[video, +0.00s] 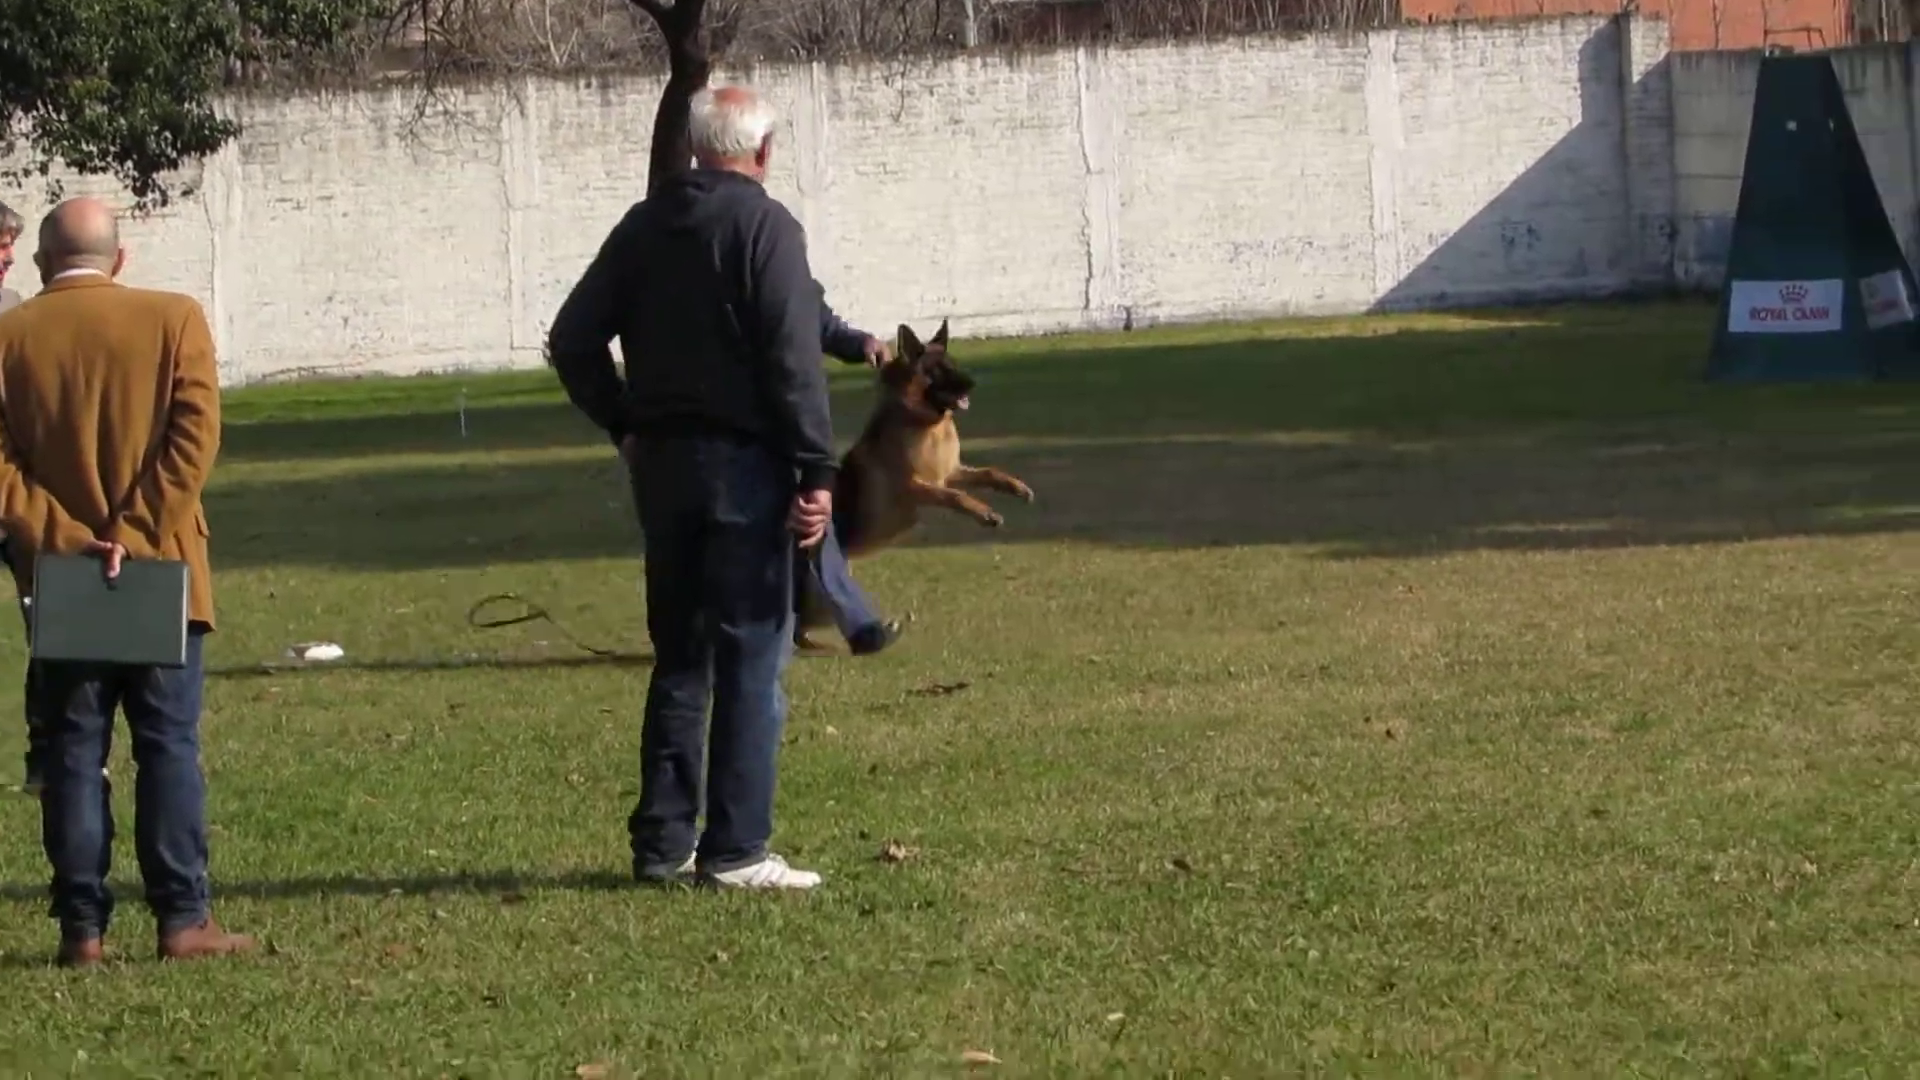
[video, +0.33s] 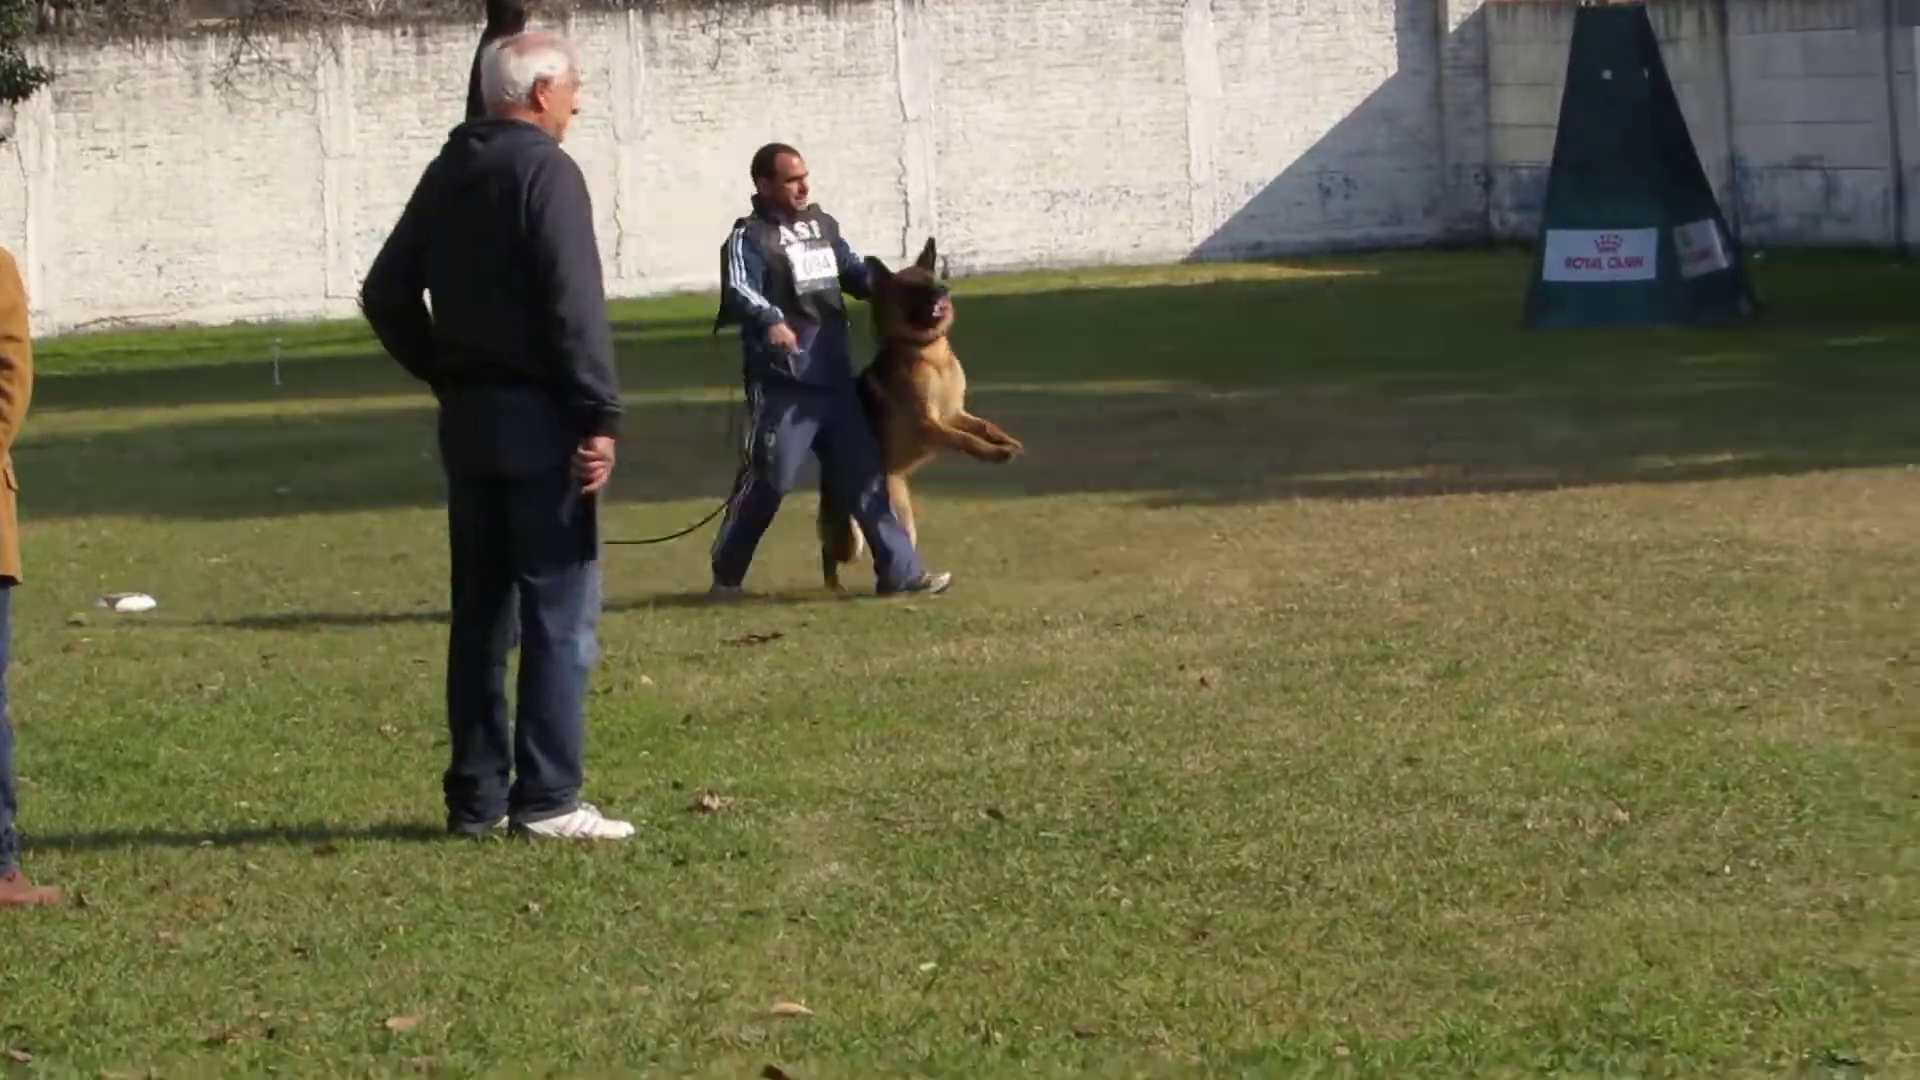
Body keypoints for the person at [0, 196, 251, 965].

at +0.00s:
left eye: (39, 256)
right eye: (122, 245)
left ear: (42, 261)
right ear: (120, 256)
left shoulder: (10, 337)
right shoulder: (176, 319)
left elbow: (2, 471)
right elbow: (193, 441)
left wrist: (63, 537)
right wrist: (134, 534)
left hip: (58, 593)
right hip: (164, 583)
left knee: (71, 753)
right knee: (170, 745)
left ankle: (81, 930)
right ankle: (185, 922)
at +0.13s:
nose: (69, 233)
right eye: (70, 225)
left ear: (0, 233)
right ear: (65, 235)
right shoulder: (118, 297)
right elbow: (137, 419)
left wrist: (22, 520)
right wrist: (77, 508)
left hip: (9, 564)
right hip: (105, 562)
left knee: (18, 730)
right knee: (111, 725)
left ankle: (24, 908)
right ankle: (126, 899)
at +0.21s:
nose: (23, 225)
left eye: (16, 213)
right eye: (22, 212)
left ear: (13, 225)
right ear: (20, 223)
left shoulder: (62, 287)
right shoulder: (64, 286)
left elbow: (81, 413)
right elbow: (82, 413)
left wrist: (26, 502)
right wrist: (23, 500)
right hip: (44, 544)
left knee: (54, 710)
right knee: (56, 710)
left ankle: (70, 881)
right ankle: (72, 885)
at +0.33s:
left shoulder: (6, 271)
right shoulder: (7, 273)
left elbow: (14, 372)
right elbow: (15, 371)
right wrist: (4, 440)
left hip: (1, 524)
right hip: (1, 526)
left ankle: (6, 859)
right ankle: (4, 859)